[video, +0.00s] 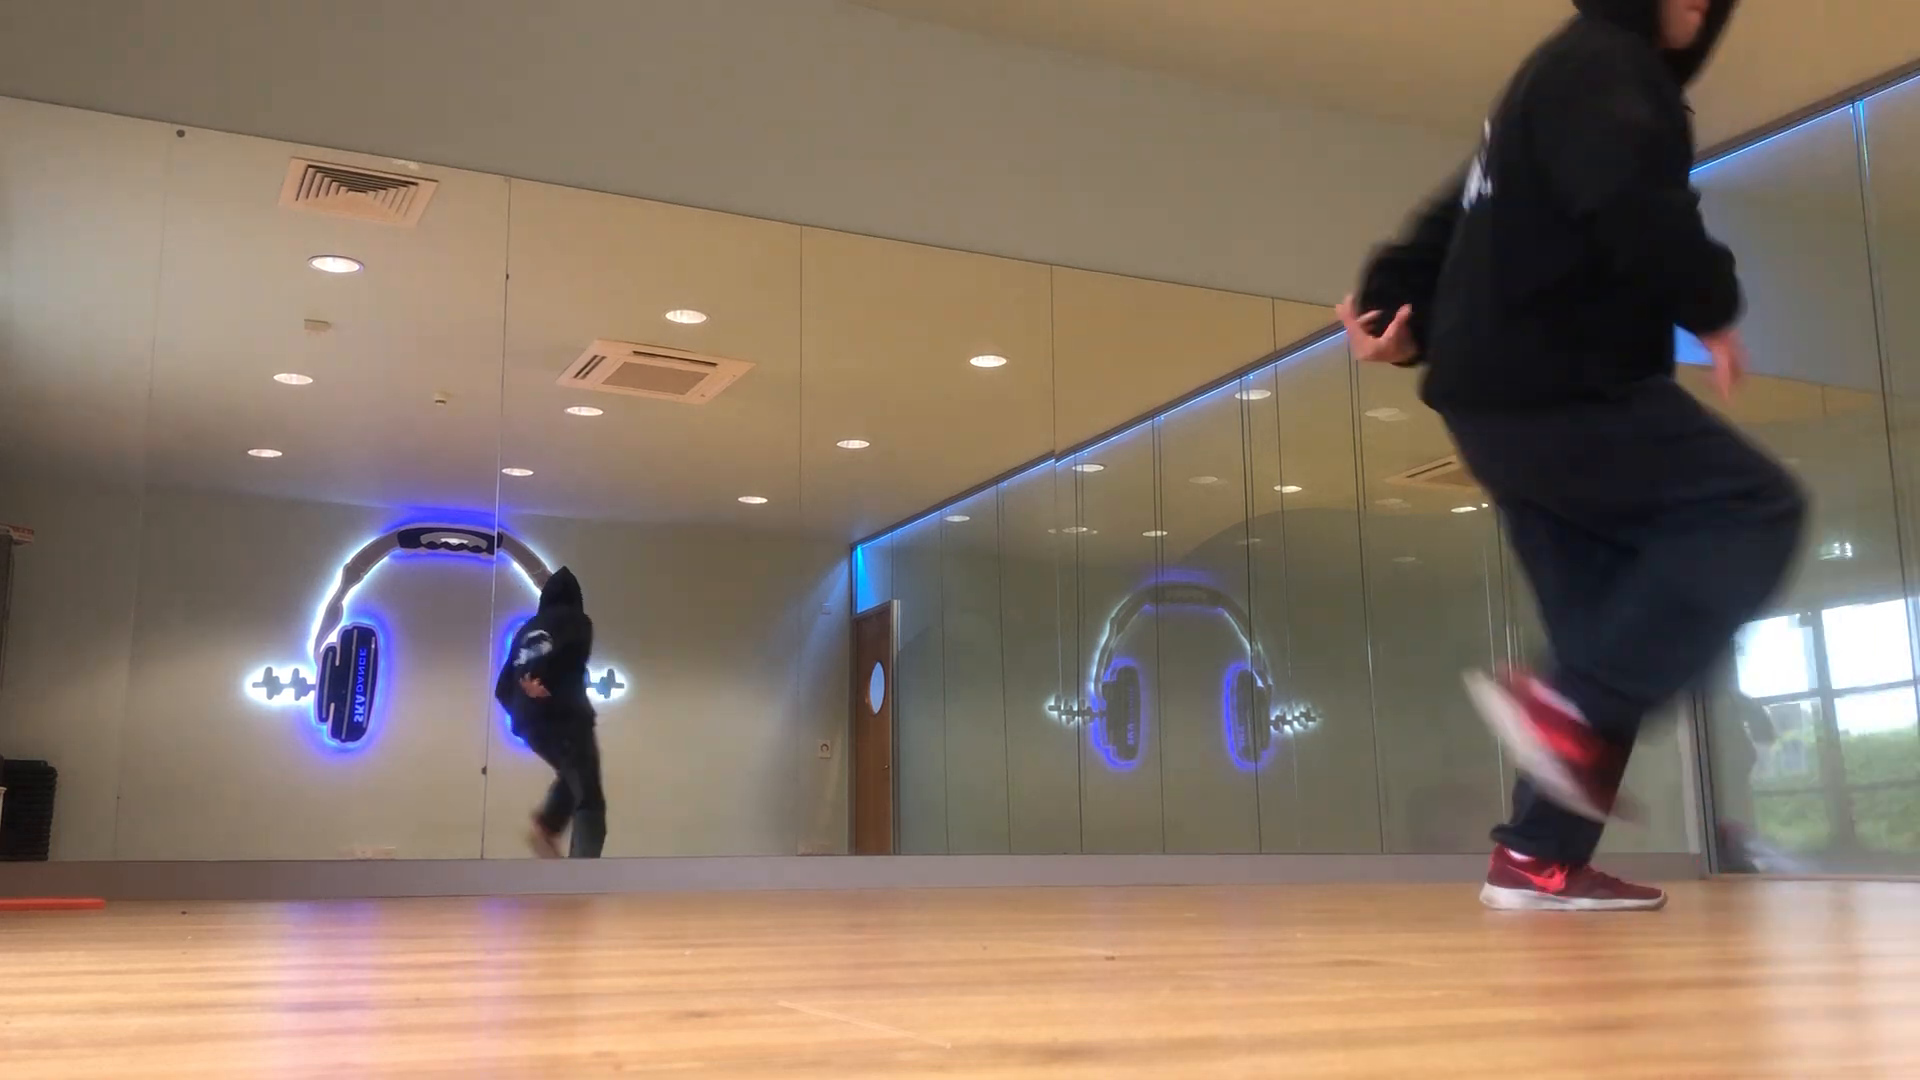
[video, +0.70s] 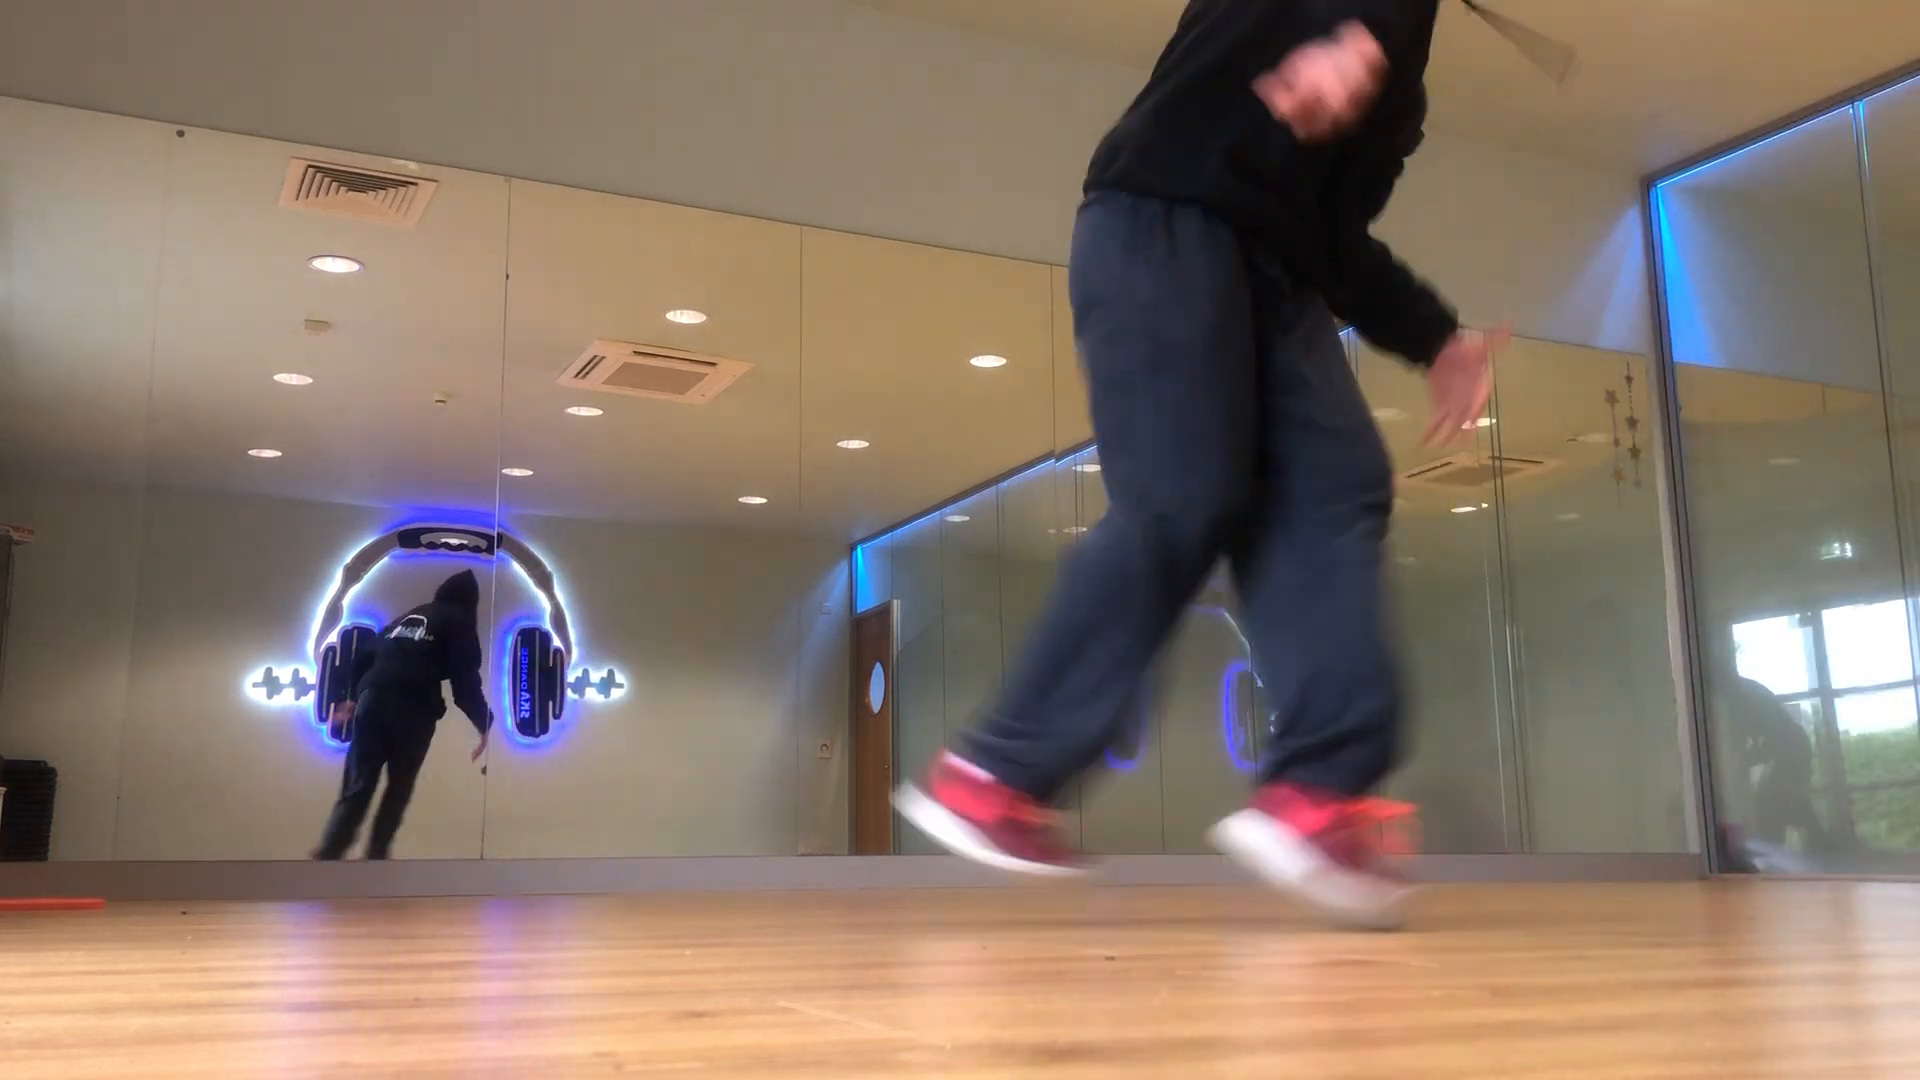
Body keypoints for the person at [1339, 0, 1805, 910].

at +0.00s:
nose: (1700, 10)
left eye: (1707, 1)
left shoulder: (1564, 65)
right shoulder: (1614, 72)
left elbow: (1476, 193)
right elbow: (1637, 206)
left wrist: (1395, 288)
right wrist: (1713, 307)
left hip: (1495, 387)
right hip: (1558, 384)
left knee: (1603, 621)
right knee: (1753, 505)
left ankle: (1542, 856)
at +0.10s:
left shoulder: (1458, 30)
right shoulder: (1621, 14)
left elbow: (1357, 176)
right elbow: (1650, 158)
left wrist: (1404, 300)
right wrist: (1608, 261)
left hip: (1423, 326)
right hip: (1519, 318)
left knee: (1506, 578)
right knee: (1620, 535)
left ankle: (1518, 829)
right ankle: (1376, 616)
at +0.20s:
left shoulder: (1370, 17)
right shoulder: (1563, 5)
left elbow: (1329, 182)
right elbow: (1629, 103)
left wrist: (1429, 222)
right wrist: (1558, 222)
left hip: (1376, 291)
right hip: (1474, 289)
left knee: (1419, 561)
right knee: (1494, 559)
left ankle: (1342, 810)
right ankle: (1279, 672)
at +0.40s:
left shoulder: (1317, 31)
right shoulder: (1481, 13)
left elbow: (1354, 191)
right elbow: (1524, 206)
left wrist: (1531, 238)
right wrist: (1442, 309)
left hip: (1253, 320)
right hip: (1355, 314)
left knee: (1332, 582)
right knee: (1415, 584)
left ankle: (1325, 830)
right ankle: (1238, 810)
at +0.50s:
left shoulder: (1379, 17)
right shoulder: (1447, 15)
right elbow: (1483, 122)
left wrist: (1460, 256)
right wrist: (1430, 307)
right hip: (1261, 295)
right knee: (1379, 571)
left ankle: (1351, 774)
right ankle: (1212, 843)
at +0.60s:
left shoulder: (1398, 53)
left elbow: (1312, 233)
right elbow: (1432, 16)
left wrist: (1444, 296)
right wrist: (1420, 172)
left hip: (1266, 260)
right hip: (1182, 223)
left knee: (1412, 461)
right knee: (1269, 510)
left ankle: (1382, 768)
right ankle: (1199, 835)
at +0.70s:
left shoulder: (1394, 74)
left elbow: (1320, 231)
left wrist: (1433, 335)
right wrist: (1309, 36)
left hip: (1271, 267)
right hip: (1162, 210)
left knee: (1330, 495)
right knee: (1178, 495)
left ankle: (1314, 793)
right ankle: (996, 771)